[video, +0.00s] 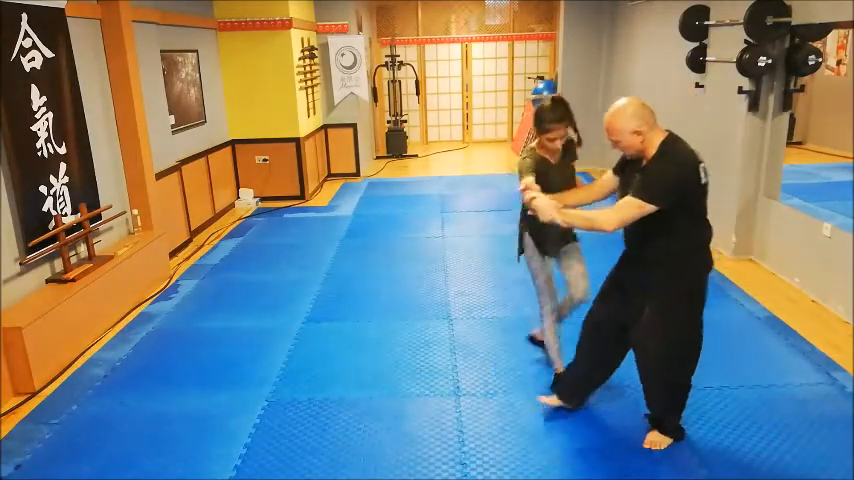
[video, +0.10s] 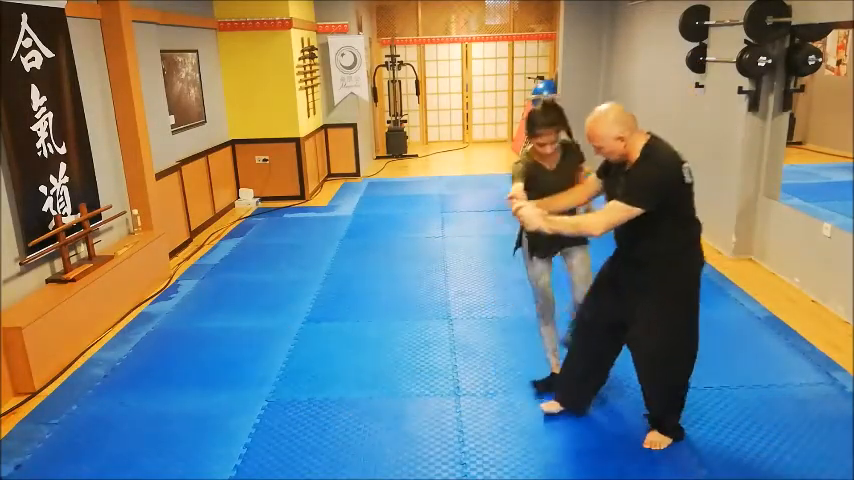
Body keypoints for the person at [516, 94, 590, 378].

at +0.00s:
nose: (558, 143)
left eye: (562, 136)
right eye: (551, 138)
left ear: (568, 128)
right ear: (537, 132)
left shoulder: (569, 147)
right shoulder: (529, 159)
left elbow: (571, 178)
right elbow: (530, 194)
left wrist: (583, 194)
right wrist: (555, 212)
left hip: (563, 224)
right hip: (534, 230)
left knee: (579, 293)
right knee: (549, 302)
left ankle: (544, 332)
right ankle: (559, 369)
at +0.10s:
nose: (547, 149)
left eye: (552, 142)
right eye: (540, 144)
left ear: (561, 133)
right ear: (529, 139)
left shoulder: (571, 151)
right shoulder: (524, 165)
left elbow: (582, 184)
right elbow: (518, 201)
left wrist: (587, 214)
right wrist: (538, 218)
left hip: (574, 230)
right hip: (538, 235)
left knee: (583, 299)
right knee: (545, 305)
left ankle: (577, 345)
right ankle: (555, 366)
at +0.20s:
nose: (531, 160)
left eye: (537, 154)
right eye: (525, 155)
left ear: (550, 145)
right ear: (518, 148)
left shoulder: (568, 161)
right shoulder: (519, 173)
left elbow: (586, 197)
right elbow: (501, 203)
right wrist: (502, 211)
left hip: (574, 231)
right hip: (537, 237)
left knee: (587, 298)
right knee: (541, 306)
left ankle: (603, 353)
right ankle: (553, 371)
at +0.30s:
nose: (513, 180)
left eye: (519, 173)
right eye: (509, 173)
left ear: (535, 164)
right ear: (503, 167)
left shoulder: (557, 176)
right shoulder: (508, 191)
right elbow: (487, 220)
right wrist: (484, 235)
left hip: (574, 236)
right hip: (537, 240)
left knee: (597, 297)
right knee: (538, 306)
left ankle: (620, 350)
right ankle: (552, 370)